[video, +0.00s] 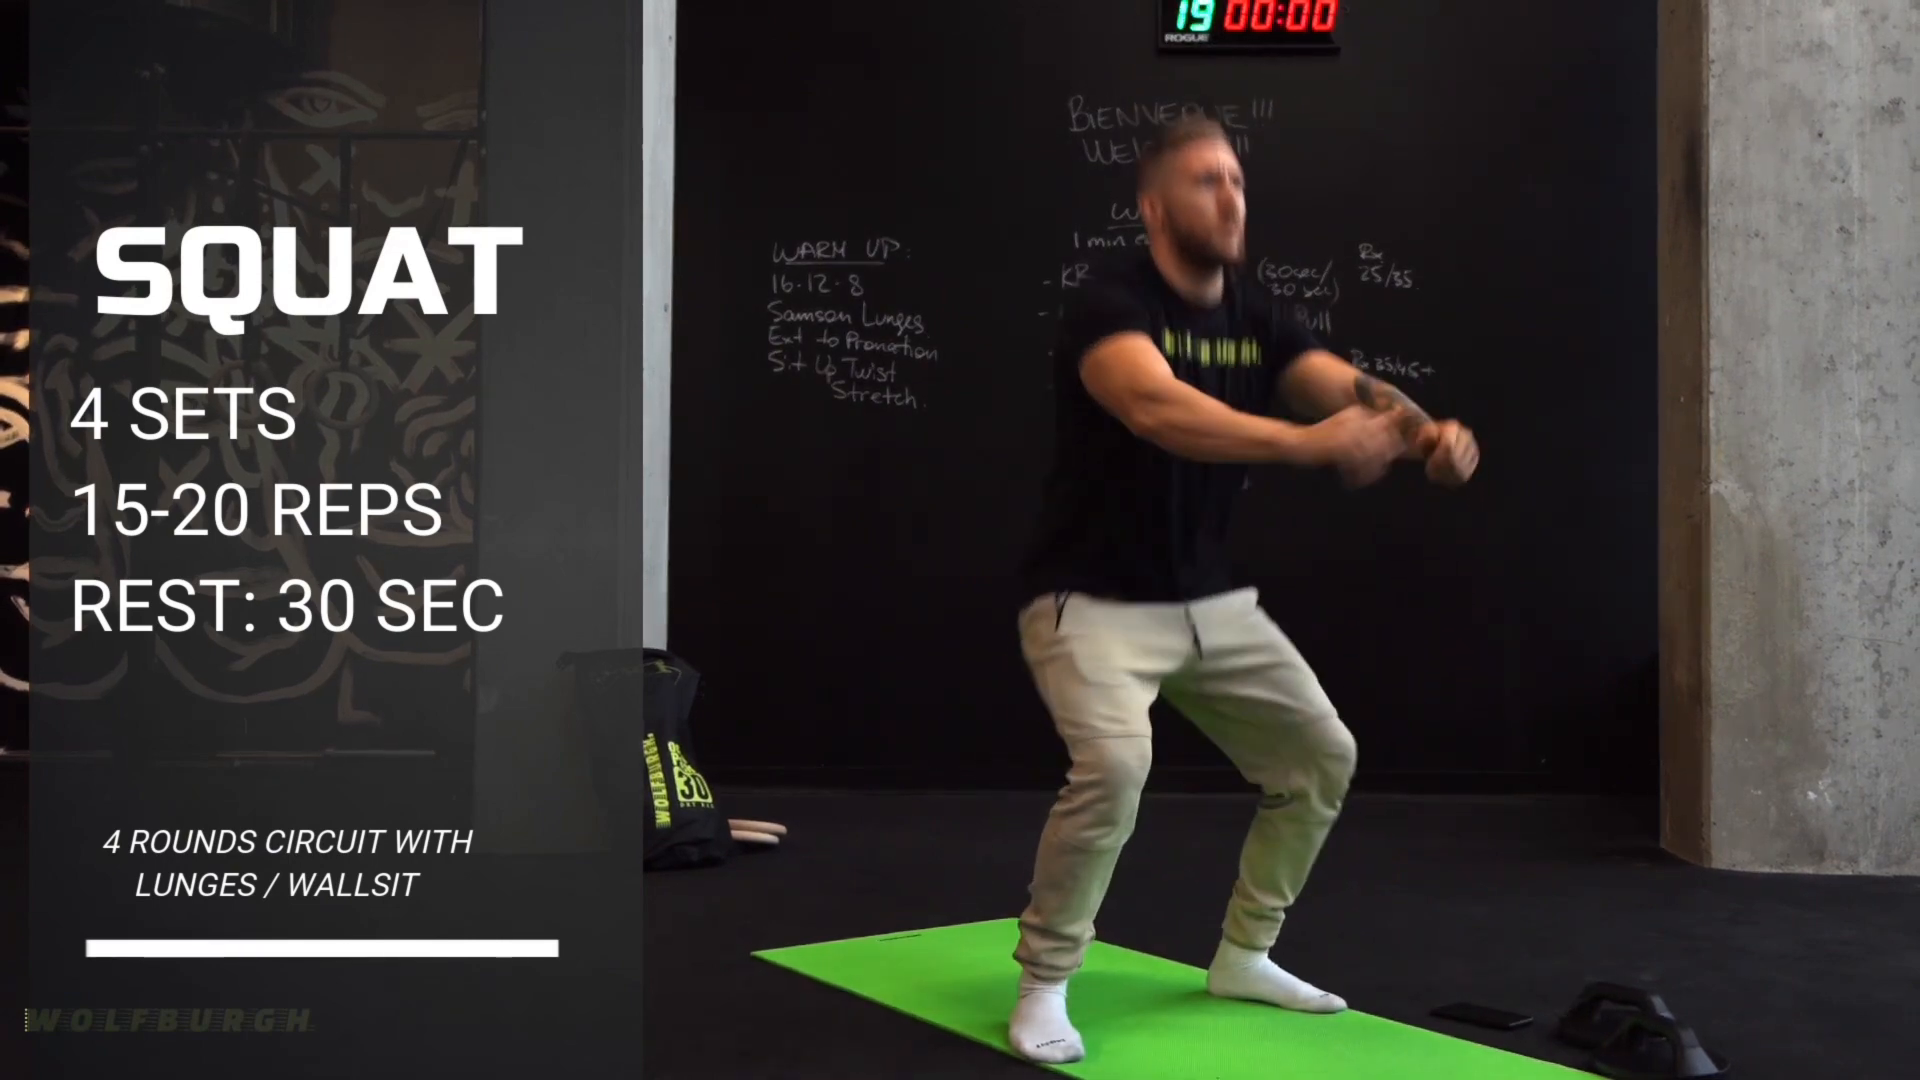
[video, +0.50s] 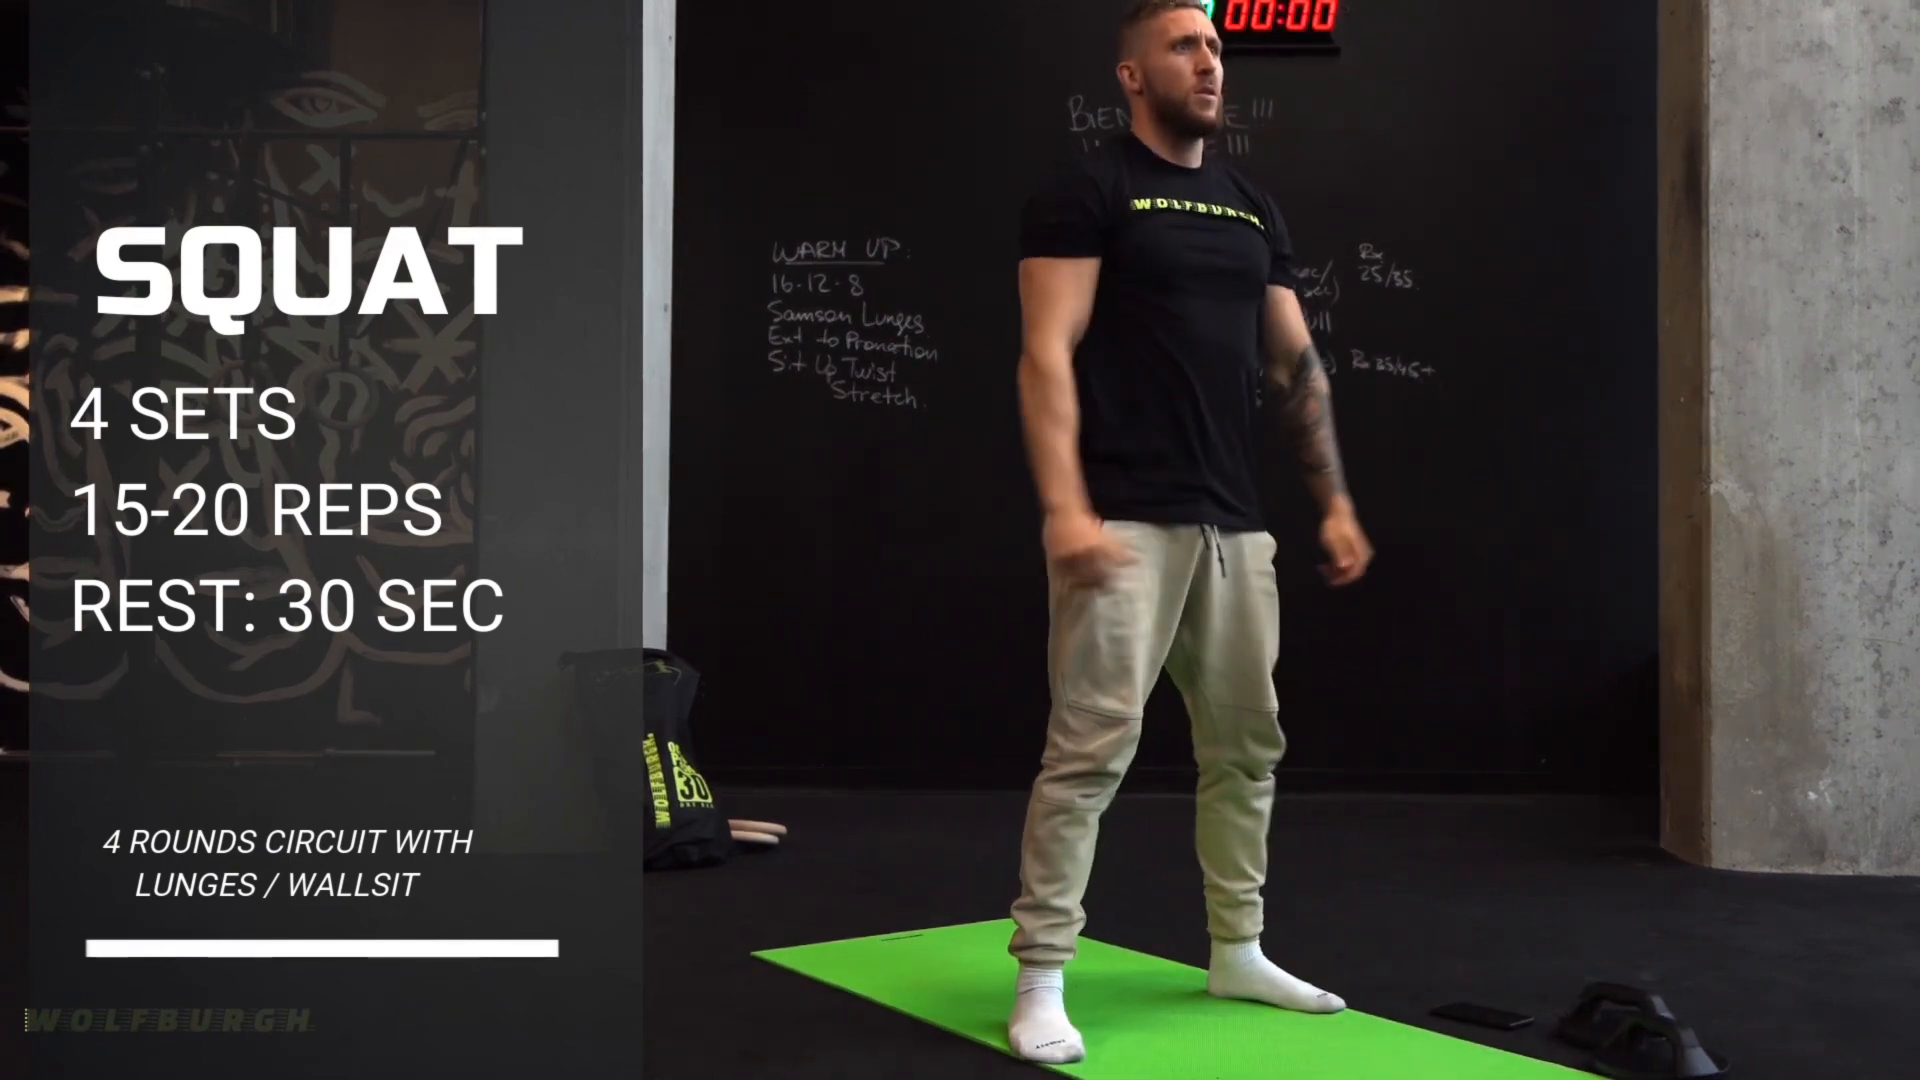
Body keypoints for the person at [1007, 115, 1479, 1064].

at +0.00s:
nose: (1232, 198)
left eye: (1236, 181)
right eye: (1208, 183)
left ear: (1245, 198)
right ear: (1154, 204)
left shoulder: (1254, 315)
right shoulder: (1105, 303)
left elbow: (1350, 391)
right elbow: (1158, 412)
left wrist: (1426, 431)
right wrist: (1309, 444)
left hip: (1208, 601)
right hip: (1090, 603)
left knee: (1321, 758)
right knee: (1113, 767)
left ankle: (1243, 959)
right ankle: (1044, 984)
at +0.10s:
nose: (1219, 104)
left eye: (1224, 89)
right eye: (1194, 89)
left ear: (1233, 112)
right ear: (1140, 112)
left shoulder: (1252, 234)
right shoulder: (1097, 219)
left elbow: (1323, 360)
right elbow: (1093, 369)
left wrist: (1390, 462)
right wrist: (1181, 484)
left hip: (1227, 549)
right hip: (1109, 548)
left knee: (1285, 742)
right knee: (1106, 752)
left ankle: (1239, 957)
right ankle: (1043, 980)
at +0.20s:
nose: (1214, 68)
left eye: (1219, 52)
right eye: (1189, 52)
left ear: (1229, 77)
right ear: (1137, 78)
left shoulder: (1251, 209)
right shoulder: (1089, 196)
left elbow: (1307, 358)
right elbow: (1058, 356)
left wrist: (1352, 487)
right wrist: (1097, 503)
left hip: (1228, 528)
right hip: (1119, 522)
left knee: (1257, 740)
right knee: (1097, 743)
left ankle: (1238, 955)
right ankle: (1042, 980)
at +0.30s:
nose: (1209, 60)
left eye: (1214, 44)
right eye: (1184, 44)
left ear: (1222, 69)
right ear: (1131, 72)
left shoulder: (1249, 197)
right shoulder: (1084, 185)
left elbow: (1282, 366)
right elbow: (1027, 350)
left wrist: (1296, 511)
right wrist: (1016, 510)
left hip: (1238, 522)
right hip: (1116, 515)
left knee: (1229, 743)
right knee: (1083, 747)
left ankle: (1236, 954)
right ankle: (1040, 979)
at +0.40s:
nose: (1208, 59)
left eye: (1214, 44)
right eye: (1183, 44)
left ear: (1222, 70)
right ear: (1130, 73)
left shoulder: (1248, 199)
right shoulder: (1083, 187)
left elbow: (1278, 367)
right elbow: (1024, 355)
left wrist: (1290, 511)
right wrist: (1012, 511)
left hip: (1238, 526)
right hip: (1116, 520)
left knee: (1234, 746)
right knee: (1083, 750)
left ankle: (1237, 955)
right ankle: (1041, 979)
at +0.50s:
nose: (1210, 63)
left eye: (1215, 47)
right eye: (1185, 48)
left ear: (1224, 72)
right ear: (1131, 73)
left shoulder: (1248, 201)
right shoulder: (1084, 190)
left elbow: (1296, 363)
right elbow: (1045, 355)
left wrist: (1333, 498)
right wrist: (1065, 509)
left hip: (1235, 524)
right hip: (1120, 520)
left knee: (1245, 745)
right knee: (1090, 749)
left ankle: (1239, 957)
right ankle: (1042, 983)